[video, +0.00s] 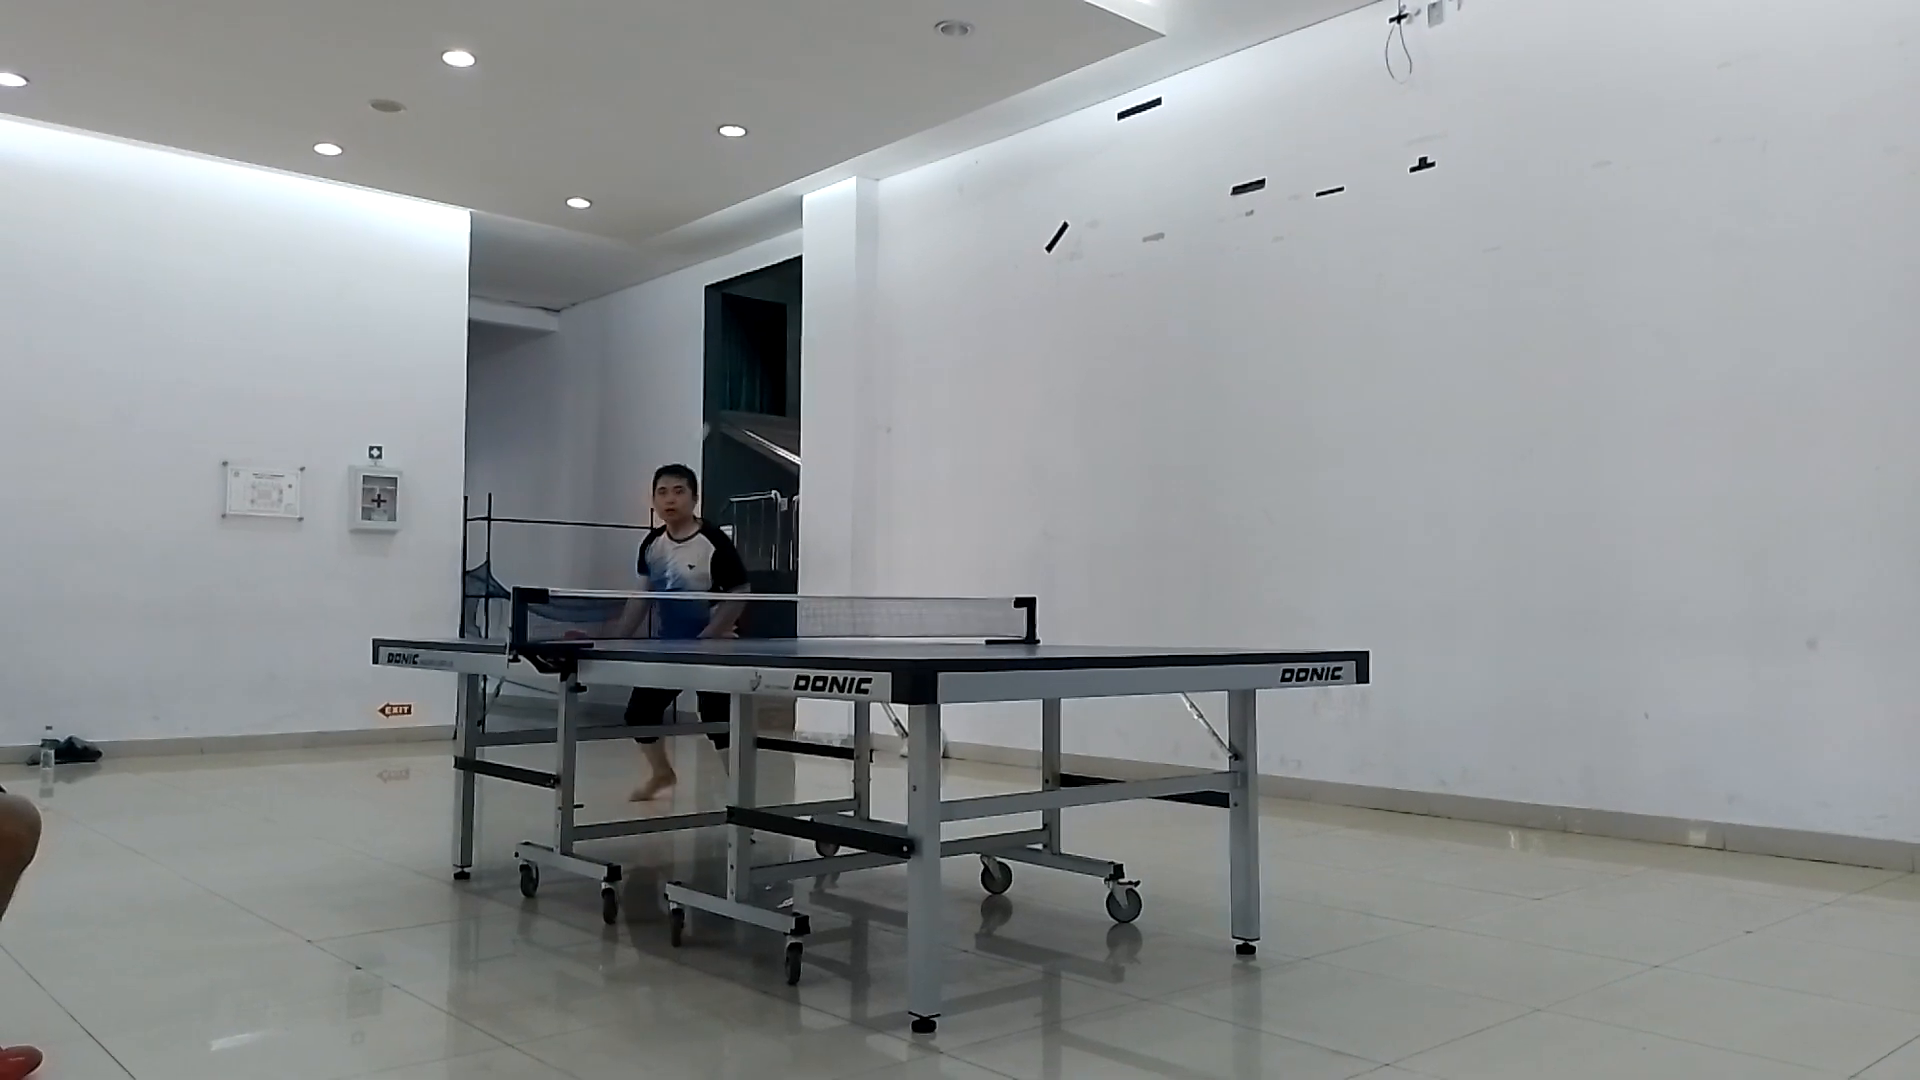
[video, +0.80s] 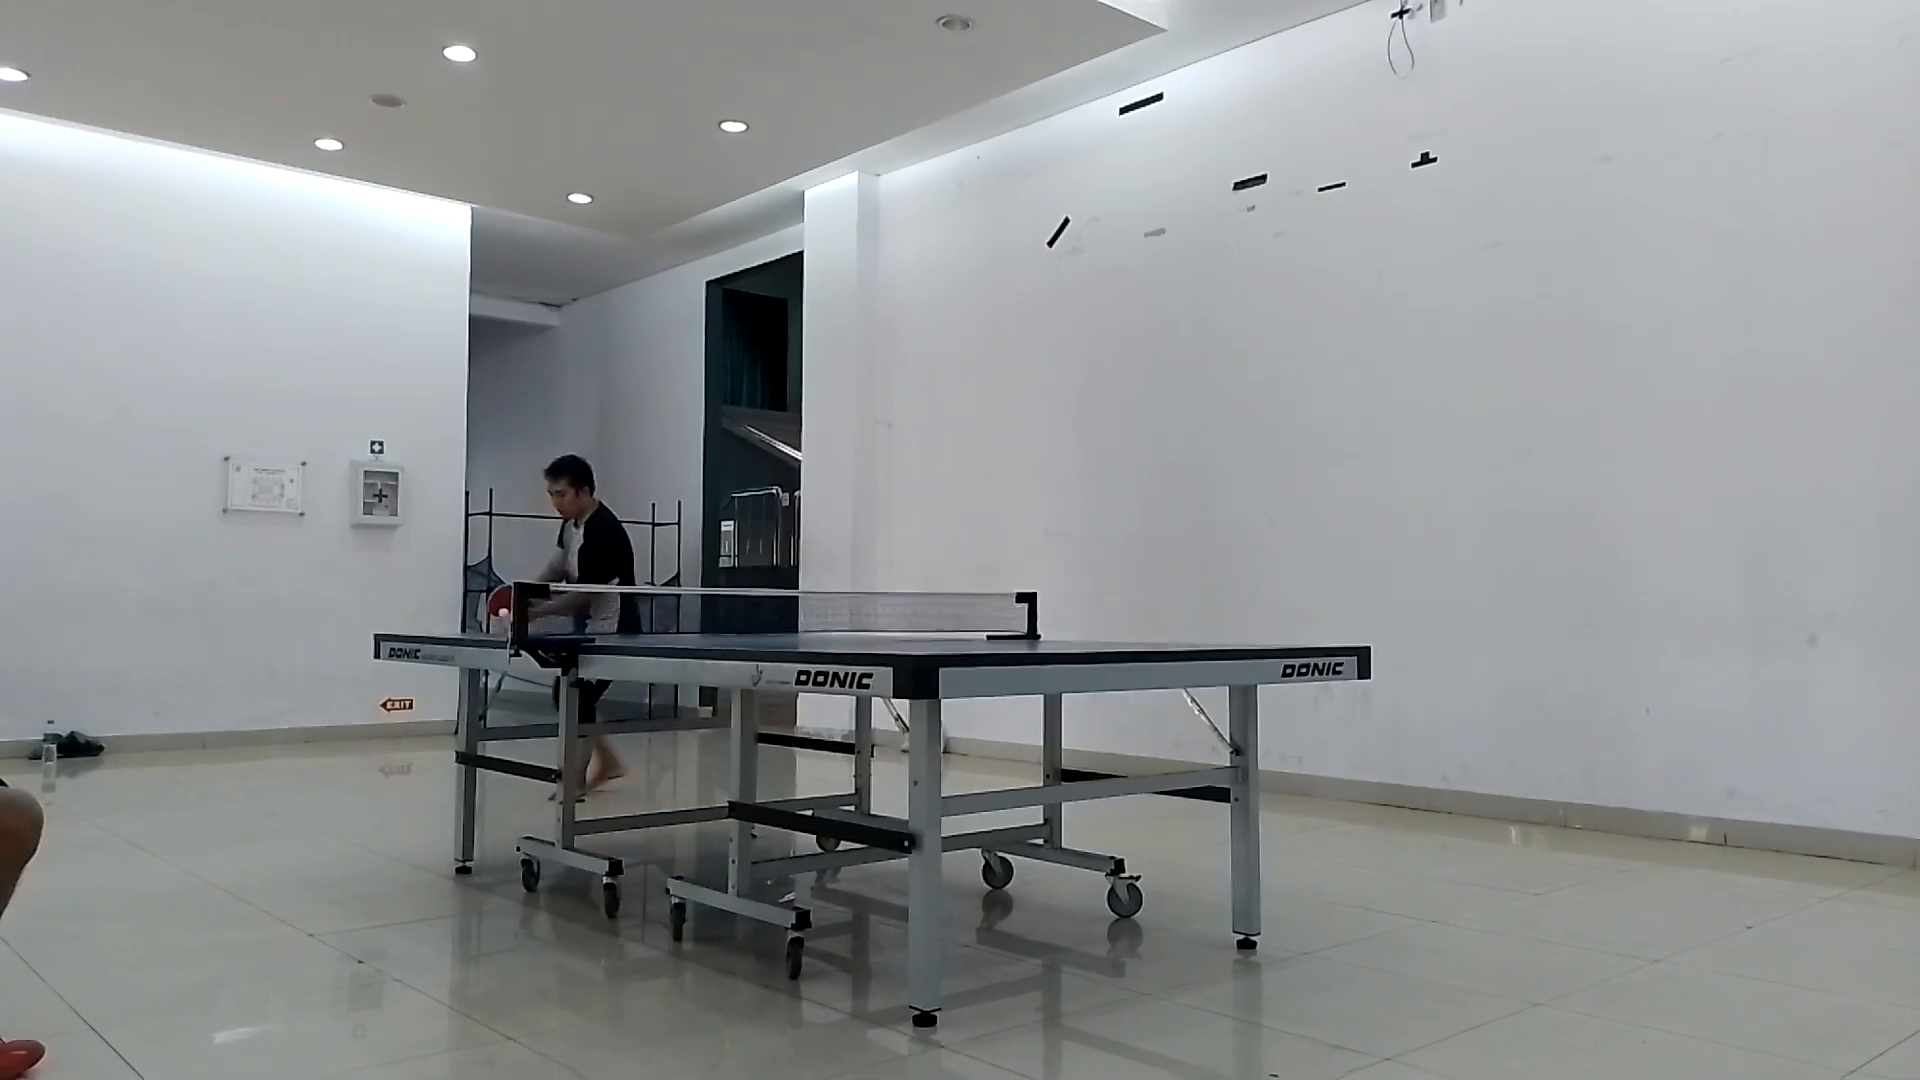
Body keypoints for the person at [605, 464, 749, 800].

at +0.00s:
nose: (670, 498)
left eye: (678, 491)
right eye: (662, 492)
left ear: (694, 498)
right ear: (654, 500)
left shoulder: (714, 540)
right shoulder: (652, 544)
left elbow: (740, 594)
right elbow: (642, 595)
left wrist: (707, 637)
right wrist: (620, 634)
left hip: (713, 648)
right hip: (668, 646)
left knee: (716, 720)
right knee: (639, 716)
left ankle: (741, 789)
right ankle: (662, 772)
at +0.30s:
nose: (621, 505)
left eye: (626, 496)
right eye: (615, 498)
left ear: (648, 492)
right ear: (613, 497)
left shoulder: (674, 531)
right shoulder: (627, 533)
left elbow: (688, 591)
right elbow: (630, 590)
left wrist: (666, 639)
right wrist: (603, 630)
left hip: (675, 635)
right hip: (642, 633)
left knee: (668, 706)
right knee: (634, 706)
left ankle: (702, 785)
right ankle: (667, 780)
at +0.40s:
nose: (607, 504)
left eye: (612, 495)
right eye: (602, 496)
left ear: (635, 489)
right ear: (601, 494)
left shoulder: (661, 527)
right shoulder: (617, 528)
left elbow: (672, 587)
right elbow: (617, 582)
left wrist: (644, 632)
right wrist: (590, 618)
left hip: (666, 627)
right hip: (638, 625)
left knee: (635, 699)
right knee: (637, 698)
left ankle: (666, 778)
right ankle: (664, 777)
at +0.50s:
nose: (590, 502)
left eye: (595, 493)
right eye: (587, 494)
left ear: (618, 487)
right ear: (590, 493)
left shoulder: (644, 525)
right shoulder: (604, 524)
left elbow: (651, 587)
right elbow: (605, 574)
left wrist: (615, 625)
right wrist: (570, 609)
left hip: (649, 623)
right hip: (626, 621)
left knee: (611, 693)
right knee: (636, 696)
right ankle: (667, 773)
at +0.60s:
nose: (579, 504)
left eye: (584, 496)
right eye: (576, 496)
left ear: (607, 491)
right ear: (583, 494)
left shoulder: (630, 529)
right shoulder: (598, 523)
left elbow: (629, 593)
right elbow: (595, 571)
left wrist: (583, 621)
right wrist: (559, 595)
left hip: (636, 629)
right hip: (613, 627)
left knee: (598, 699)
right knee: (629, 699)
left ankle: (580, 780)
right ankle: (667, 770)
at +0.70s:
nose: (565, 506)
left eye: (570, 498)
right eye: (562, 498)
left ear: (593, 494)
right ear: (582, 496)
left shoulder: (615, 532)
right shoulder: (584, 524)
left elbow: (601, 598)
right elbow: (575, 569)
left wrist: (553, 619)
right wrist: (542, 591)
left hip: (622, 632)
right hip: (600, 628)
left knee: (588, 701)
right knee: (600, 698)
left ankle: (576, 782)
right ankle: (648, 761)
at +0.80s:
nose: (554, 503)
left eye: (559, 495)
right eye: (551, 495)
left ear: (583, 491)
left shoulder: (603, 530)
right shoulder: (572, 524)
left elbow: (585, 597)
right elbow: (559, 567)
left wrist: (535, 612)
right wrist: (525, 592)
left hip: (616, 630)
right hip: (590, 623)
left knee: (578, 696)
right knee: (569, 691)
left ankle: (573, 781)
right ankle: (607, 759)